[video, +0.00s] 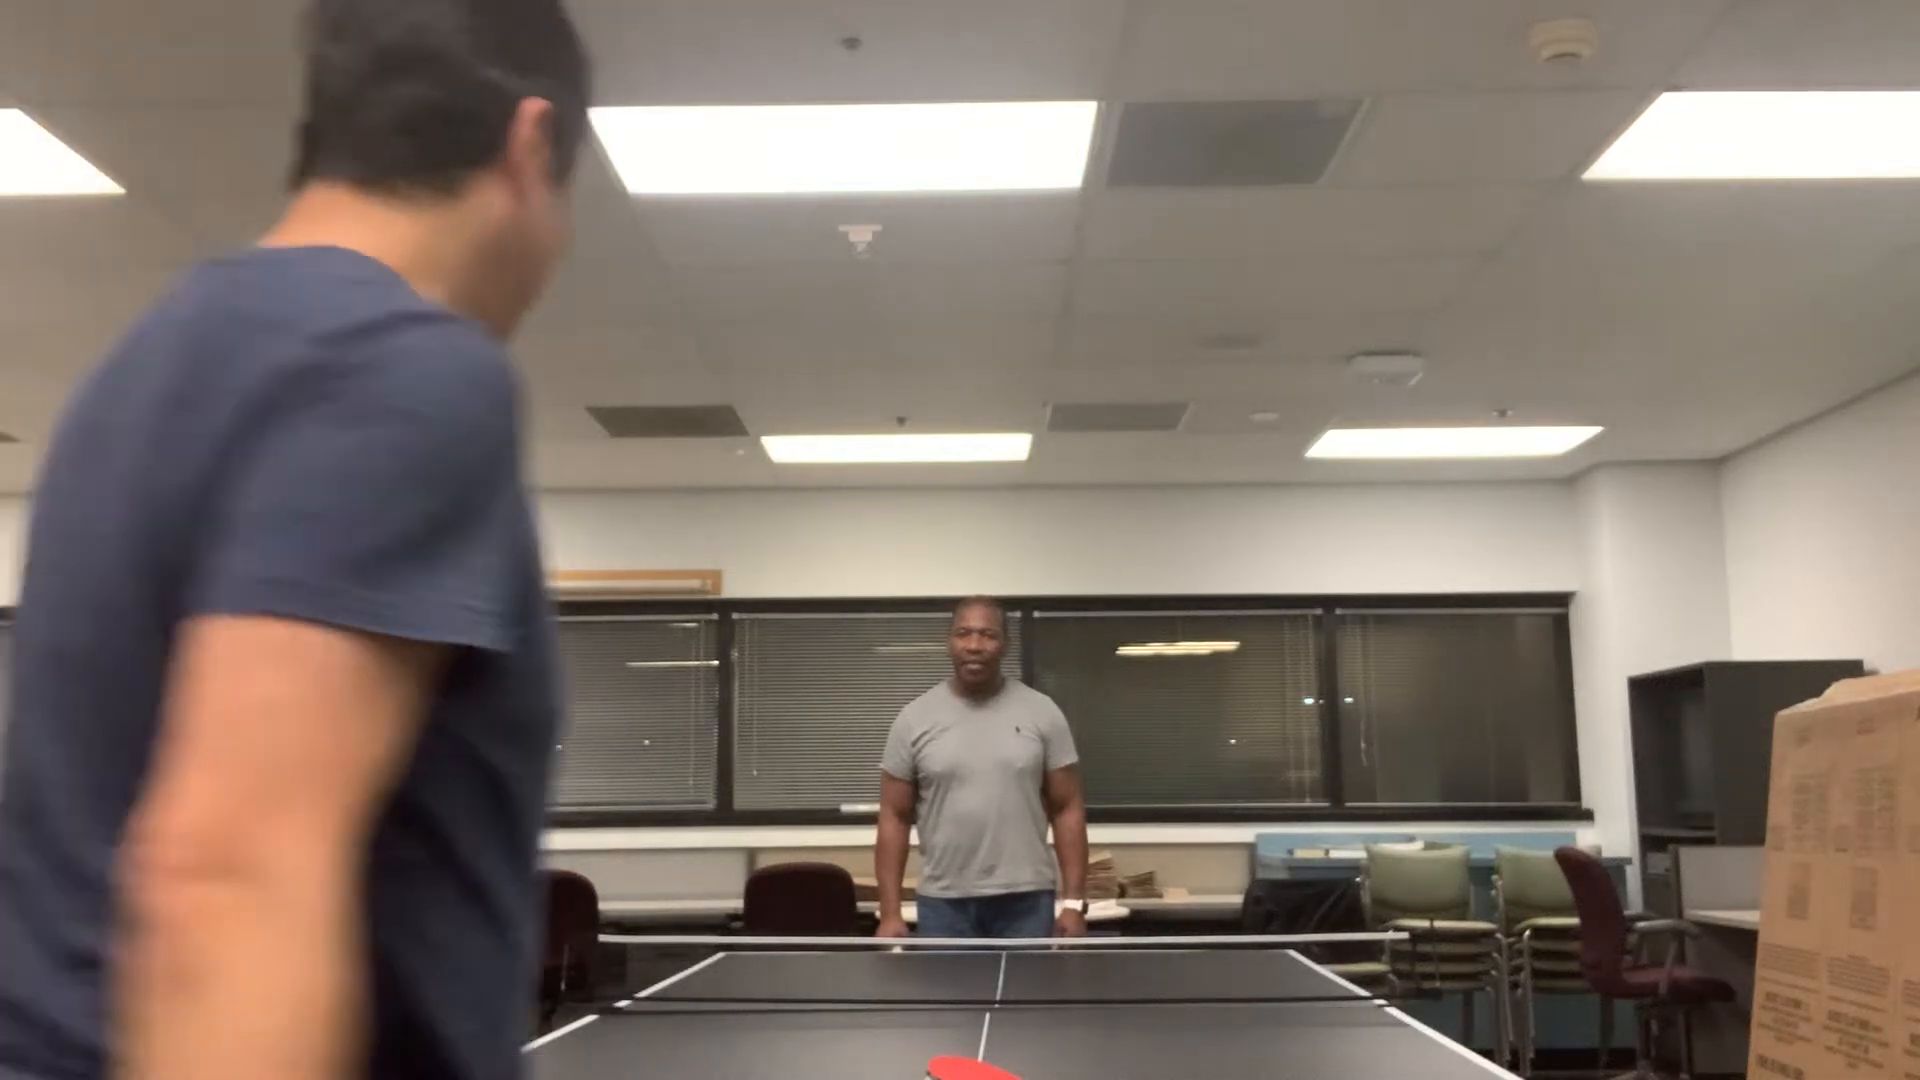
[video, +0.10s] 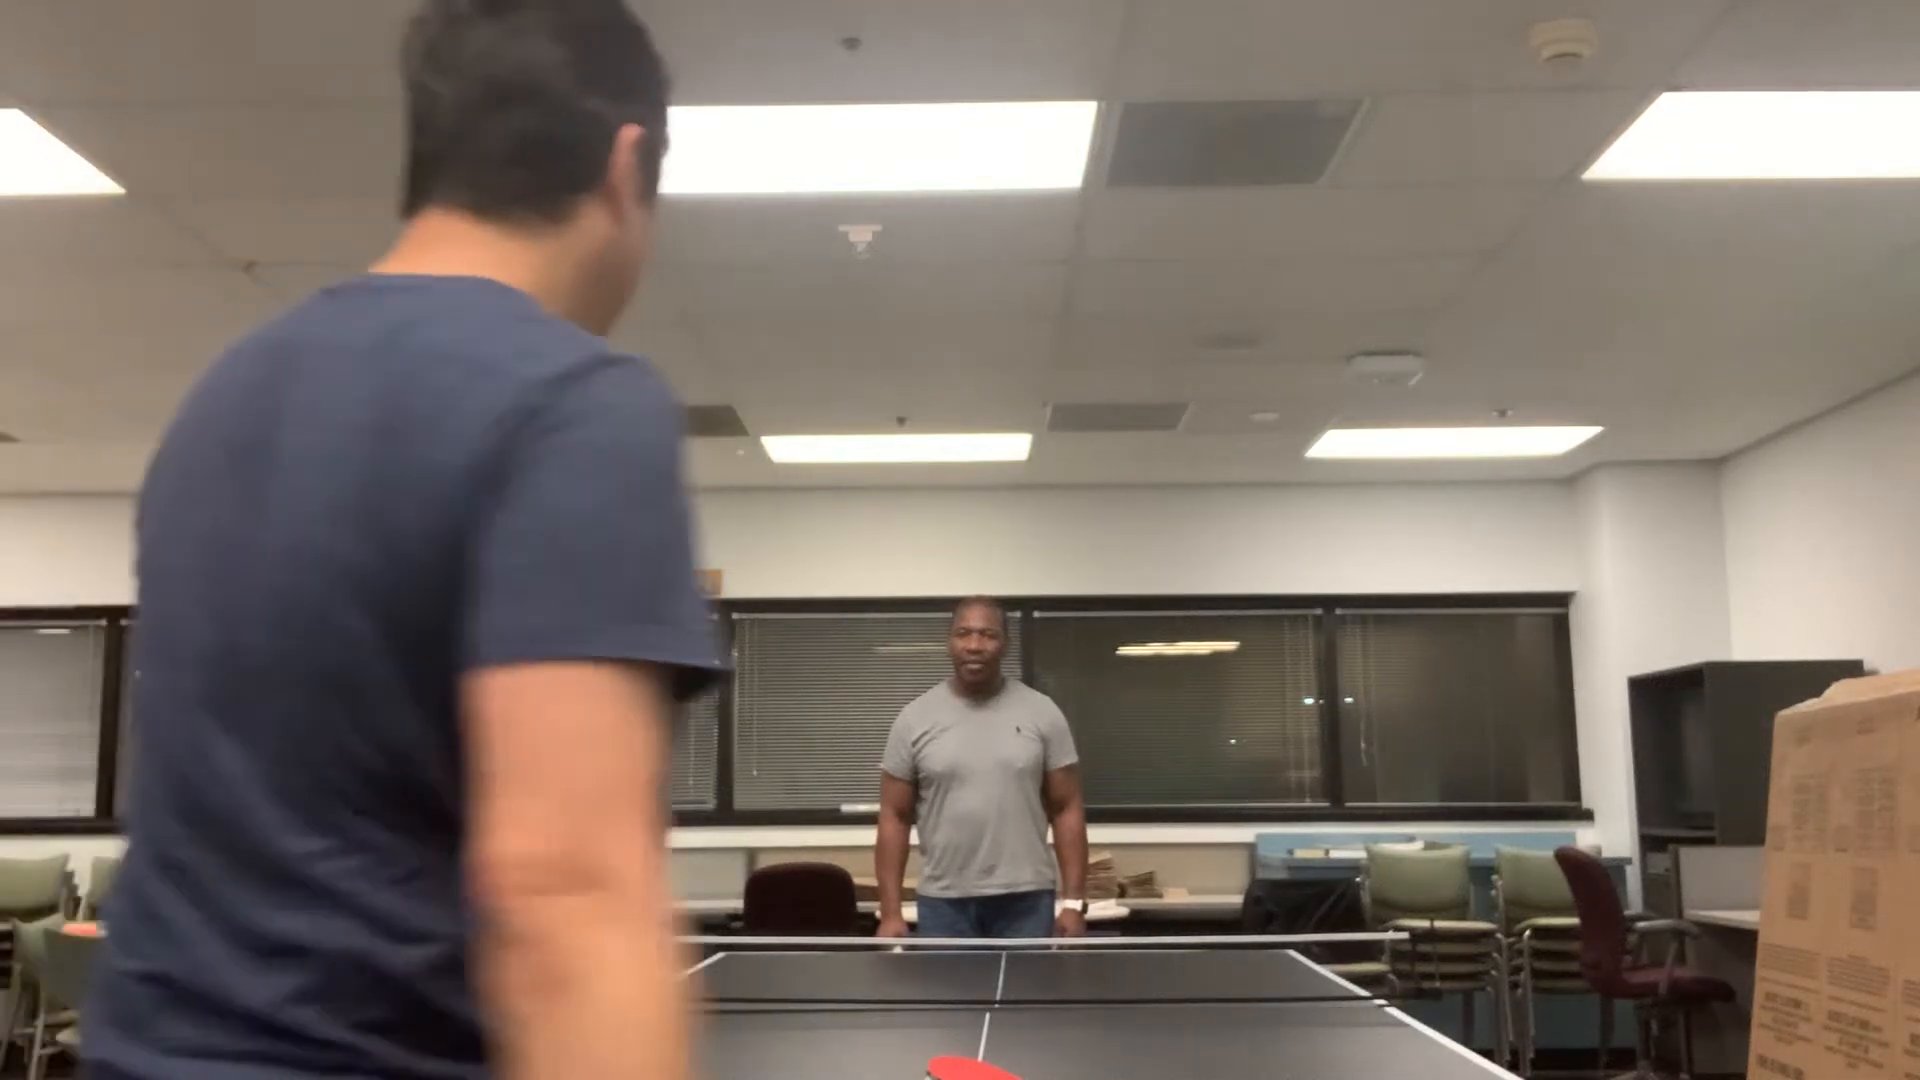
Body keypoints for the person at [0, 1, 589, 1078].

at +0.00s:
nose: (558, 245)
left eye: (569, 195)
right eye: (569, 188)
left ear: (330, 128)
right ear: (528, 146)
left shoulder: (151, 355)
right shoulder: (406, 367)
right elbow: (229, 875)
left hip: (56, 1039)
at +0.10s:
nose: (650, 239)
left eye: (658, 198)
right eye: (658, 194)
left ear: (429, 153)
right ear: (624, 169)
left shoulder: (229, 389)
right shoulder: (566, 396)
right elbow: (562, 893)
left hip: (152, 1034)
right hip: (408, 1052)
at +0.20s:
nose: (723, 221)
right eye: (726, 191)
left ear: (492, 182)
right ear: (702, 182)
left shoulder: (288, 418)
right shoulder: (701, 409)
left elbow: (196, 791)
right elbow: (821, 857)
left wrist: (320, 984)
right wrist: (963, 1057)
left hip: (277, 1040)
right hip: (589, 1045)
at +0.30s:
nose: (765, 239)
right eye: (770, 213)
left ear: (545, 214)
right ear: (753, 211)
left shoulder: (361, 433)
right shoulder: (808, 429)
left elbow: (226, 790)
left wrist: (360, 987)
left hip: (377, 1044)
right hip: (675, 1049)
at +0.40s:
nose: (801, 275)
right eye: (807, 251)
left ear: (588, 258)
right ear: (783, 250)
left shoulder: (420, 474)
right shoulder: (868, 461)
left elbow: (275, 815)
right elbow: (1070, 803)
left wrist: (393, 1003)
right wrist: (1212, 985)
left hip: (469, 1044)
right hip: (747, 1048)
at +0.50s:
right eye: (814, 294)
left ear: (611, 304)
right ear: (798, 289)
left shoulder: (470, 516)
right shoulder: (906, 484)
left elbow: (349, 855)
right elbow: (1083, 794)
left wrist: (466, 1007)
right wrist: (1170, 916)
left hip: (548, 1051)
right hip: (831, 1050)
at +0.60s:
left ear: (641, 329)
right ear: (822, 309)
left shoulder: (527, 538)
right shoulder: (946, 490)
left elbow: (449, 875)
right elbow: (1077, 780)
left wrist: (564, 987)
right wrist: (1101, 879)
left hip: (607, 1048)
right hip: (882, 1048)